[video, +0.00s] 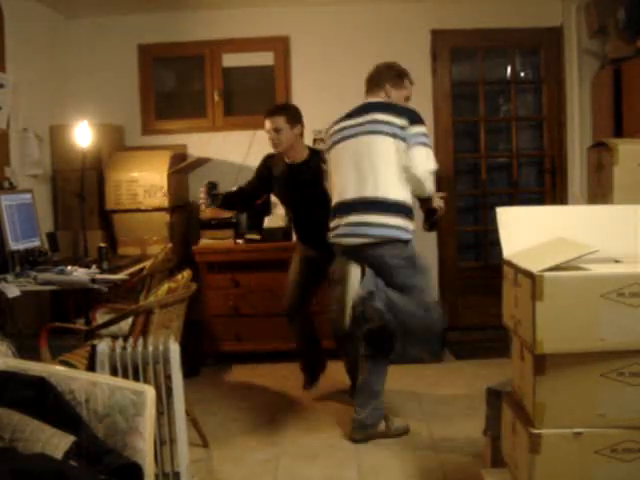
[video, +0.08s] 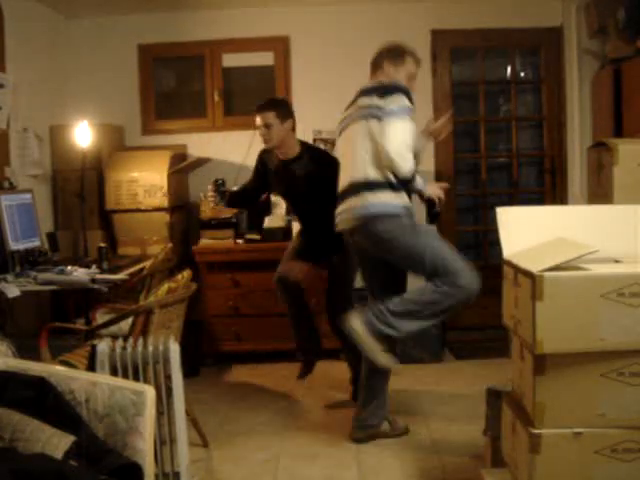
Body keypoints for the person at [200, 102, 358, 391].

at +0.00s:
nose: (272, 137)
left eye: (278, 131)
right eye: (269, 131)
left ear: (298, 130)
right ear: (267, 132)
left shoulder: (325, 163)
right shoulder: (272, 166)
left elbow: (347, 195)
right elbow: (249, 196)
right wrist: (218, 200)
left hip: (340, 245)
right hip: (308, 245)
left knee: (341, 314)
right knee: (294, 305)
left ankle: (358, 377)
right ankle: (313, 363)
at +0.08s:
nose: (262, 133)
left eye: (268, 126)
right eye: (259, 127)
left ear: (289, 125)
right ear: (260, 129)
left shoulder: (323, 163)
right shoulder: (268, 161)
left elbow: (325, 219)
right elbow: (251, 196)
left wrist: (307, 259)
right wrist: (226, 197)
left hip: (338, 235)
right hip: (308, 234)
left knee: (338, 310)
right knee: (286, 279)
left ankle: (360, 378)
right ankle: (309, 348)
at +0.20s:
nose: (256, 138)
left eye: (262, 132)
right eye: (253, 132)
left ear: (284, 131)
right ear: (254, 133)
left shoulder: (307, 171)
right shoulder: (267, 164)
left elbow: (297, 233)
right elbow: (260, 205)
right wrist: (230, 204)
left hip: (342, 238)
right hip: (309, 237)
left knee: (332, 308)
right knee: (297, 305)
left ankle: (367, 361)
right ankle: (304, 377)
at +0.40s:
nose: (244, 147)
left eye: (249, 140)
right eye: (242, 140)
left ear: (271, 137)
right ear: (261, 139)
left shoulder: (296, 174)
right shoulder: (265, 169)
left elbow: (274, 238)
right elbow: (263, 206)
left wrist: (225, 271)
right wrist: (238, 207)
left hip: (336, 237)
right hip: (308, 238)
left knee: (311, 308)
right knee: (301, 309)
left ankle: (365, 342)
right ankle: (311, 386)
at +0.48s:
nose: (242, 147)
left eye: (247, 139)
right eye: (239, 139)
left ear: (269, 136)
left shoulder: (292, 173)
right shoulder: (264, 168)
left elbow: (276, 239)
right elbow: (264, 201)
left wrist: (233, 273)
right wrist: (232, 208)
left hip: (335, 232)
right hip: (310, 232)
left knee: (307, 300)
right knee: (304, 300)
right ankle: (313, 383)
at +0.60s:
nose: (236, 149)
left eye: (241, 141)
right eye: (234, 142)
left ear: (262, 137)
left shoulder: (290, 174)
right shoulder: (261, 172)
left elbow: (296, 246)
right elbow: (257, 217)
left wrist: (265, 286)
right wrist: (240, 207)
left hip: (341, 224)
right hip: (314, 226)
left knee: (303, 286)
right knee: (297, 286)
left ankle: (322, 373)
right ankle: (320, 373)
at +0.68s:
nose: (233, 151)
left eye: (238, 144)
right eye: (231, 145)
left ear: (260, 141)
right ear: (252, 144)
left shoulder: (287, 180)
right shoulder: (263, 180)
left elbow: (312, 246)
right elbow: (268, 211)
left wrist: (296, 298)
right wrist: (239, 216)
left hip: (335, 251)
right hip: (313, 250)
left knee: (306, 322)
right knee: (302, 320)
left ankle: (338, 395)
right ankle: (324, 392)